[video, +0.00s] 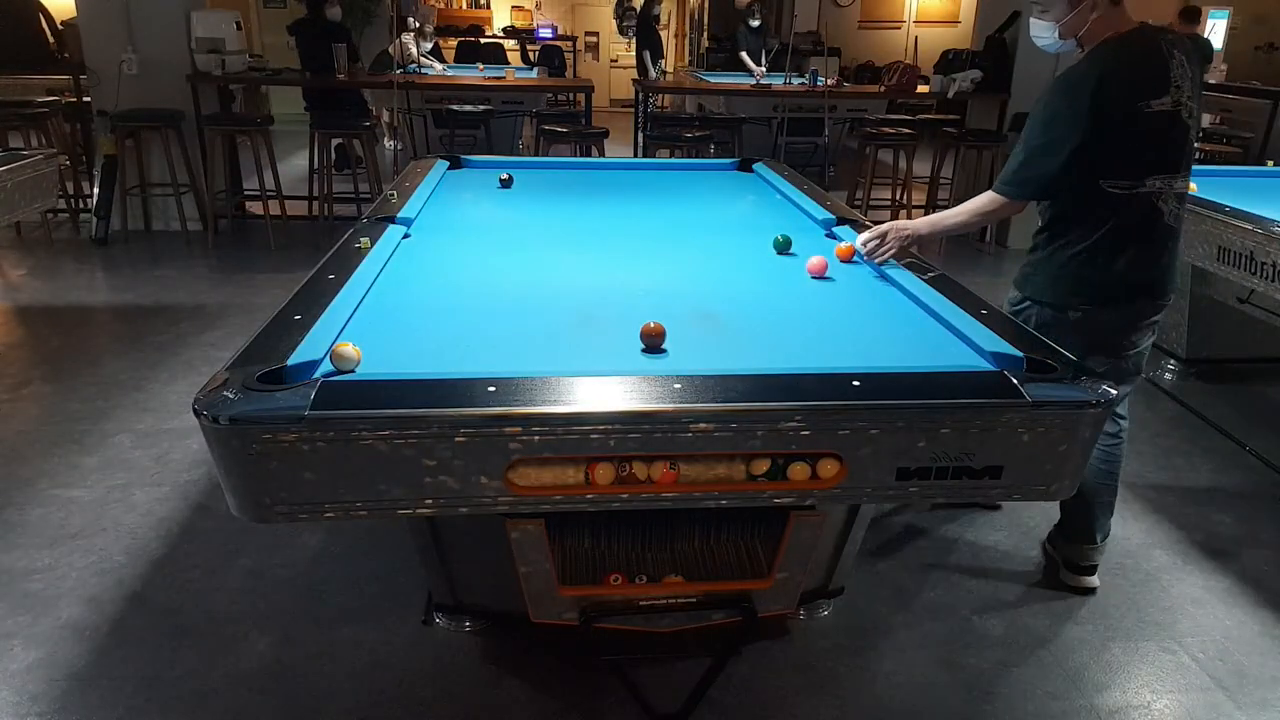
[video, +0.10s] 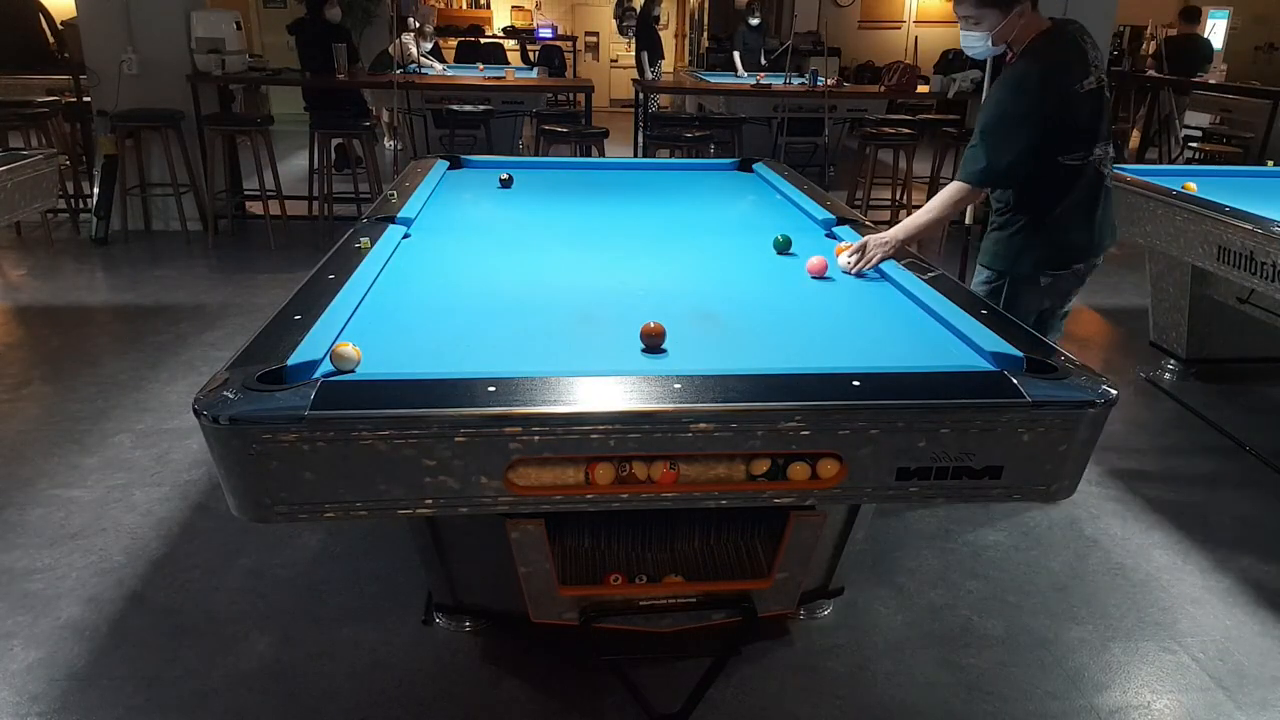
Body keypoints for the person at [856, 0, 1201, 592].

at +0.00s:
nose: (1054, 24)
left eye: (1058, 12)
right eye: (1052, 14)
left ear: (1089, 6)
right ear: (1112, 7)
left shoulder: (1081, 84)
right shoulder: (1176, 56)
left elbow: (1008, 197)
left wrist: (914, 227)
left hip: (1068, 274)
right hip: (1144, 276)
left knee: (1015, 391)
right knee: (1108, 411)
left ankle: (975, 479)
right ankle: (1079, 555)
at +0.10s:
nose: (967, 31)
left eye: (976, 21)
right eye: (962, 20)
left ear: (1019, 12)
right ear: (1024, 12)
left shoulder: (1022, 82)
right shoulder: (1074, 37)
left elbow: (971, 183)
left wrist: (893, 236)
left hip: (1026, 251)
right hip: (1076, 240)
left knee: (981, 357)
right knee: (1036, 360)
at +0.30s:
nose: (953, 39)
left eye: (967, 31)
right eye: (946, 26)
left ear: (1008, 25)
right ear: (939, 14)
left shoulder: (1010, 87)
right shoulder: (1020, 40)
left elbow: (961, 179)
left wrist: (894, 236)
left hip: (1018, 235)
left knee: (980, 349)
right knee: (1024, 343)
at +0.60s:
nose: (963, 41)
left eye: (977, 32)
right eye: (956, 28)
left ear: (1016, 28)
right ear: (949, 17)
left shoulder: (1021, 88)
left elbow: (966, 179)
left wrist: (895, 235)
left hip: (1030, 242)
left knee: (998, 357)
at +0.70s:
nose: (1014, 14)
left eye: (1029, 7)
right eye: (1012, 5)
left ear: (1065, 9)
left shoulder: (1083, 72)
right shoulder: (1029, 54)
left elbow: (1059, 176)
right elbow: (1001, 122)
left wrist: (975, 169)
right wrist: (964, 171)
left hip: (1055, 243)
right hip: (1023, 231)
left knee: (1011, 356)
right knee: (1044, 345)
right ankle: (1087, 430)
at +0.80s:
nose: (1064, 10)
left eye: (1076, 4)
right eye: (1064, 4)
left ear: (1110, 6)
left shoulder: (1135, 56)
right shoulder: (1078, 53)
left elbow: (1089, 143)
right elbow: (1060, 134)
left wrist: (1014, 121)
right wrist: (1031, 190)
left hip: (1101, 234)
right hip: (1064, 226)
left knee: (1041, 347)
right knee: (1082, 341)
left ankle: (1036, 452)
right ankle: (1092, 438)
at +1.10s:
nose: (1051, 62)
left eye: (1061, 50)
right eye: (1045, 51)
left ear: (1098, 33)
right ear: (1040, 38)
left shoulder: (1136, 75)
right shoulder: (1084, 72)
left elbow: (1081, 164)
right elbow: (1068, 148)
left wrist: (992, 176)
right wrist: (1055, 182)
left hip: (1155, 232)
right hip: (1108, 223)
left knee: (1112, 355)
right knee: (1087, 346)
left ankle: (1094, 461)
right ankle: (1071, 453)